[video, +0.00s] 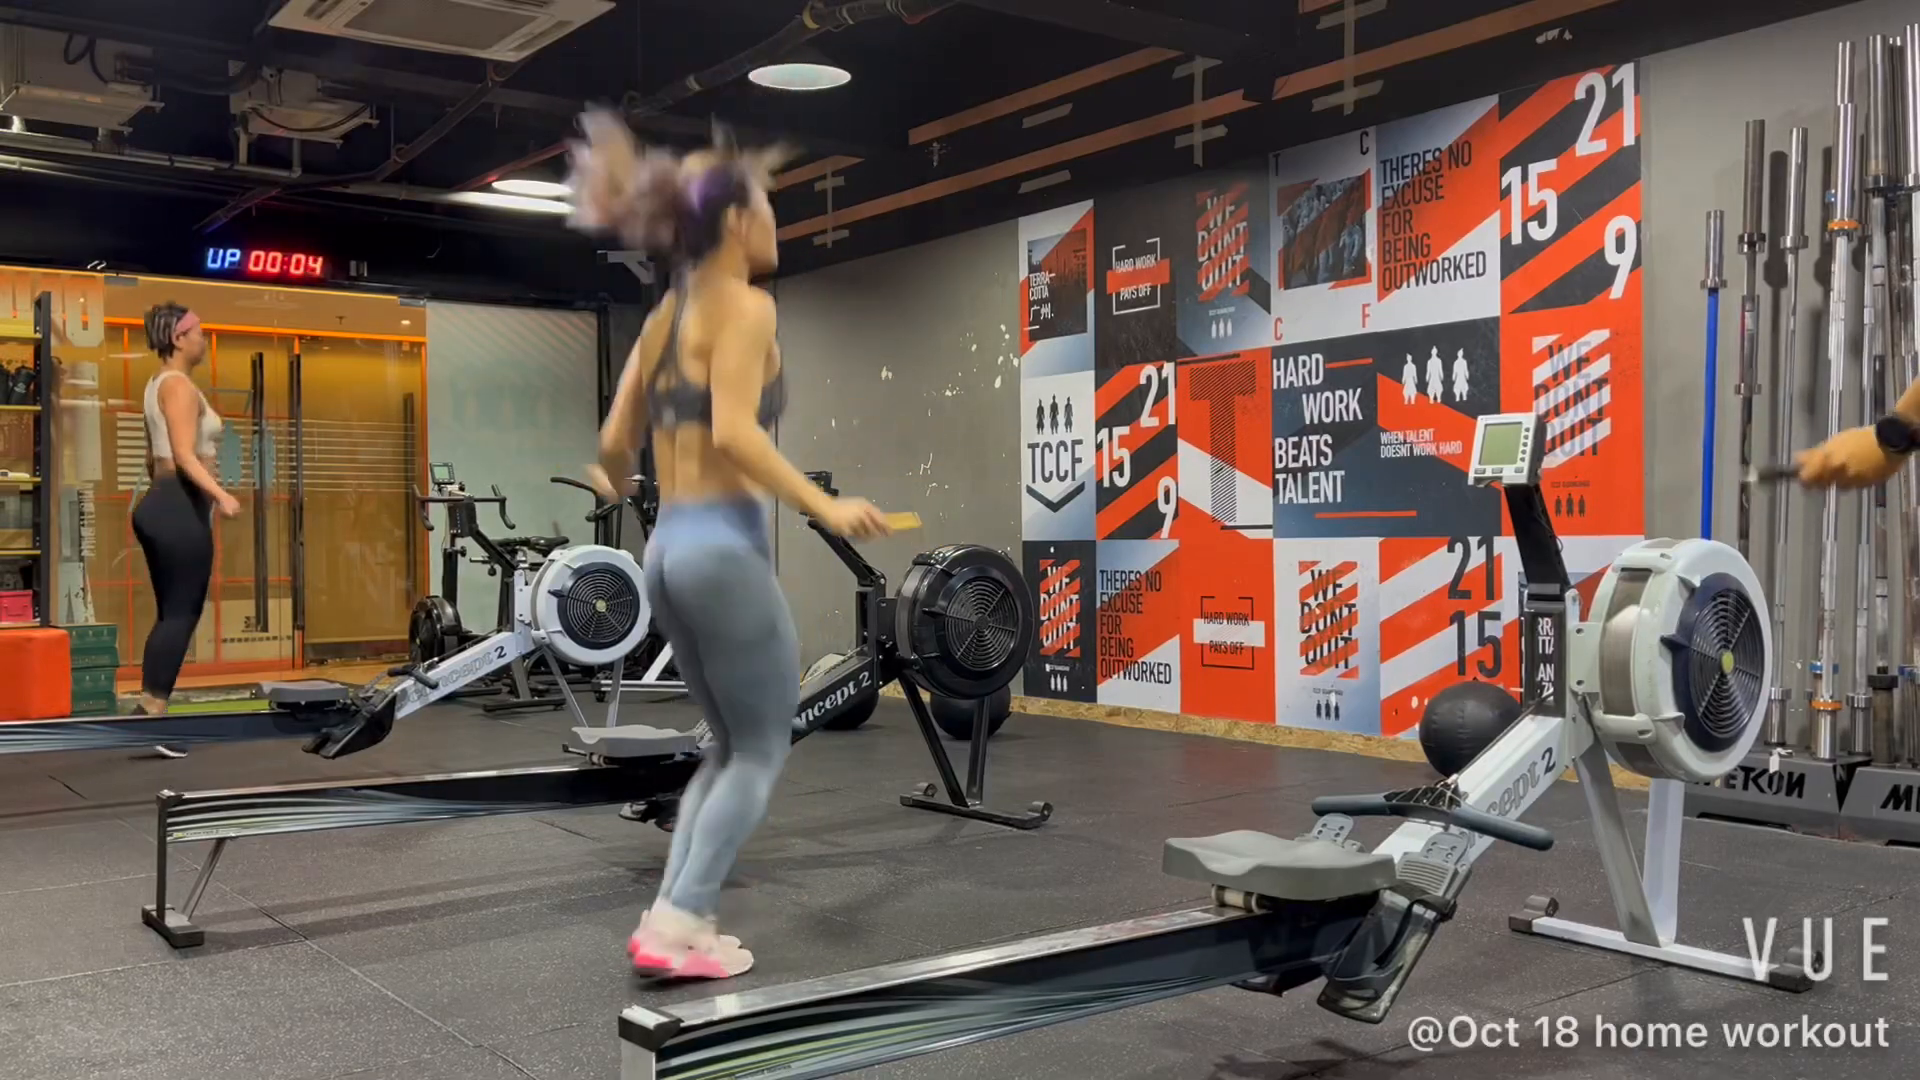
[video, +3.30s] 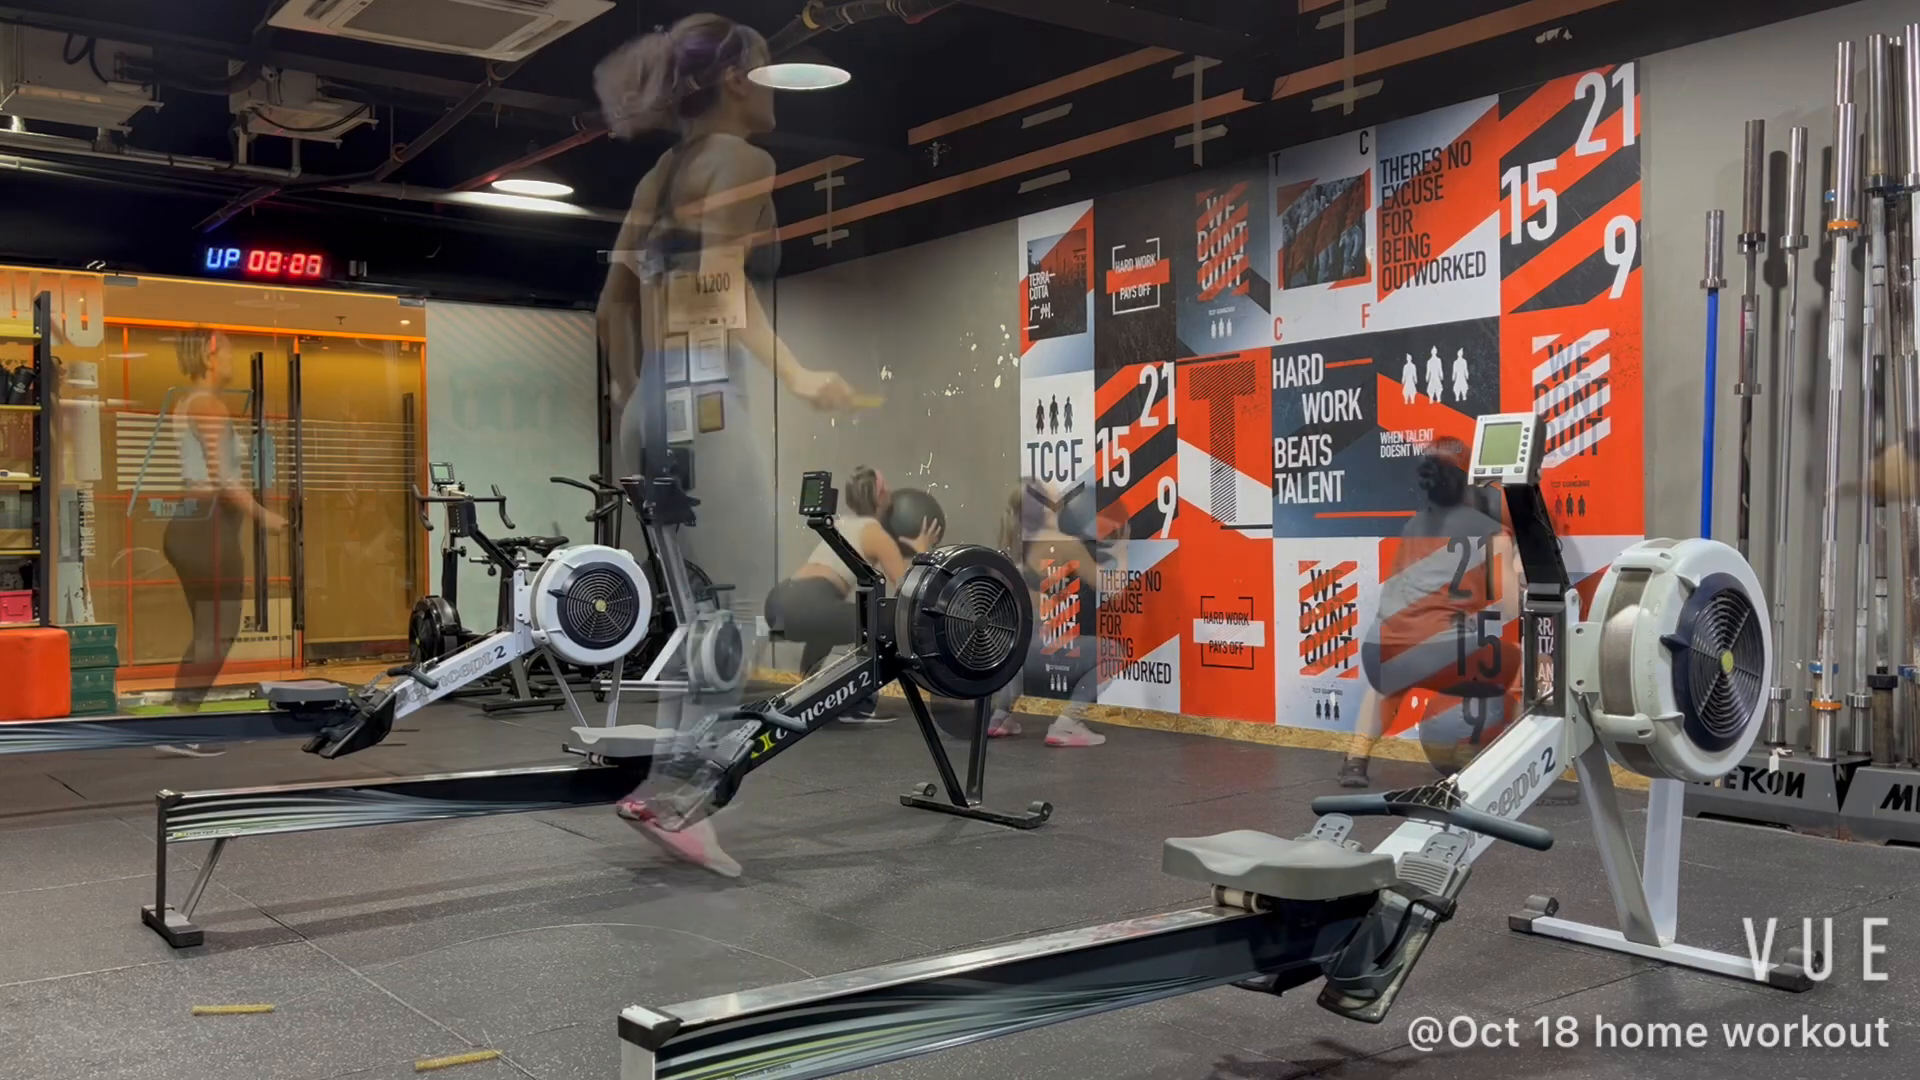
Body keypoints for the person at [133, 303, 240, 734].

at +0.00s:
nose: (205, 338)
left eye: (202, 331)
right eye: (199, 332)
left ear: (172, 340)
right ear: (179, 339)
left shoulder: (160, 385)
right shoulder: (178, 385)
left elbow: (160, 460)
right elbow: (183, 454)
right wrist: (220, 494)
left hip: (162, 501)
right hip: (179, 502)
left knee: (172, 611)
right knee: (182, 612)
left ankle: (152, 706)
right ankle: (154, 708)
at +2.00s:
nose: (232, 337)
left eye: (228, 330)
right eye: (225, 331)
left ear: (200, 340)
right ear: (208, 339)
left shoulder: (186, 387)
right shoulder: (210, 385)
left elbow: (181, 461)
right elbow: (212, 454)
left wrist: (199, 495)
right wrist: (247, 483)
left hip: (194, 496)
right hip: (212, 495)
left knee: (218, 606)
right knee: (230, 604)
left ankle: (191, 697)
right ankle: (193, 699)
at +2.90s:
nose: (232, 361)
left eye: (228, 353)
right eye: (226, 355)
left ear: (200, 362)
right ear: (207, 361)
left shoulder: (185, 406)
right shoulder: (208, 409)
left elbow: (208, 477)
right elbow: (217, 479)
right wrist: (266, 505)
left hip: (191, 526)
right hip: (208, 528)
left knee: (213, 632)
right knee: (225, 633)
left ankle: (180, 716)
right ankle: (183, 718)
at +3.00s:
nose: (229, 339)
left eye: (224, 331)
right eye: (223, 332)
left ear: (197, 343)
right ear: (207, 340)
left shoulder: (184, 388)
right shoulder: (208, 388)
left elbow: (199, 455)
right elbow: (217, 455)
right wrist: (246, 496)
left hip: (192, 504)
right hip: (210, 504)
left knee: (206, 610)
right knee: (216, 610)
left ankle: (189, 706)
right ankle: (192, 708)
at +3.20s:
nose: (230, 351)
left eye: (226, 342)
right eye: (225, 342)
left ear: (200, 348)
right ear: (209, 347)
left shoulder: (187, 397)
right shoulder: (208, 396)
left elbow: (200, 469)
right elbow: (213, 469)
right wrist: (261, 493)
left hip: (189, 521)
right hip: (210, 522)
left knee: (209, 625)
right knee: (221, 626)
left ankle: (181, 720)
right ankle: (184, 723)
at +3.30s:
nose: (232, 359)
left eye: (229, 350)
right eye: (226, 350)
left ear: (202, 354)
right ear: (210, 354)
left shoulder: (188, 403)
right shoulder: (210, 405)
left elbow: (200, 478)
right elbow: (219, 476)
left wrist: (243, 505)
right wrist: (262, 513)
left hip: (190, 527)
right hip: (210, 528)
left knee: (208, 632)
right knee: (220, 633)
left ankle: (179, 719)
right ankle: (182, 721)